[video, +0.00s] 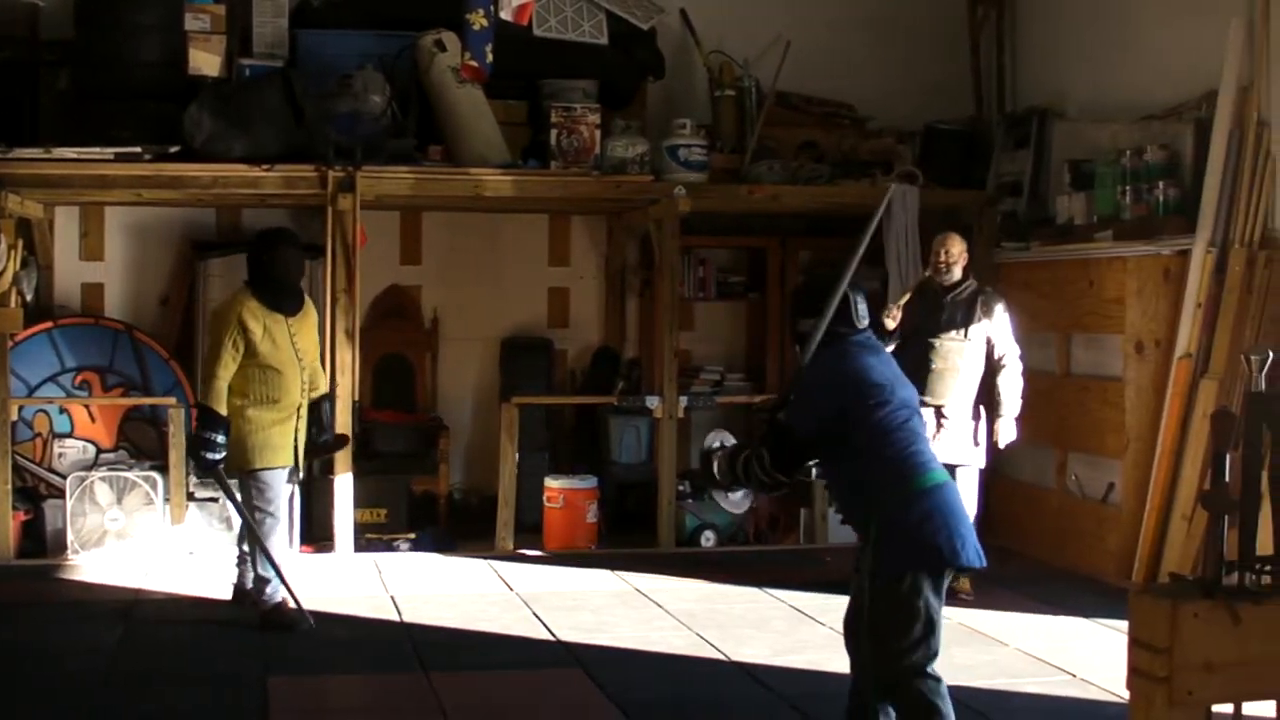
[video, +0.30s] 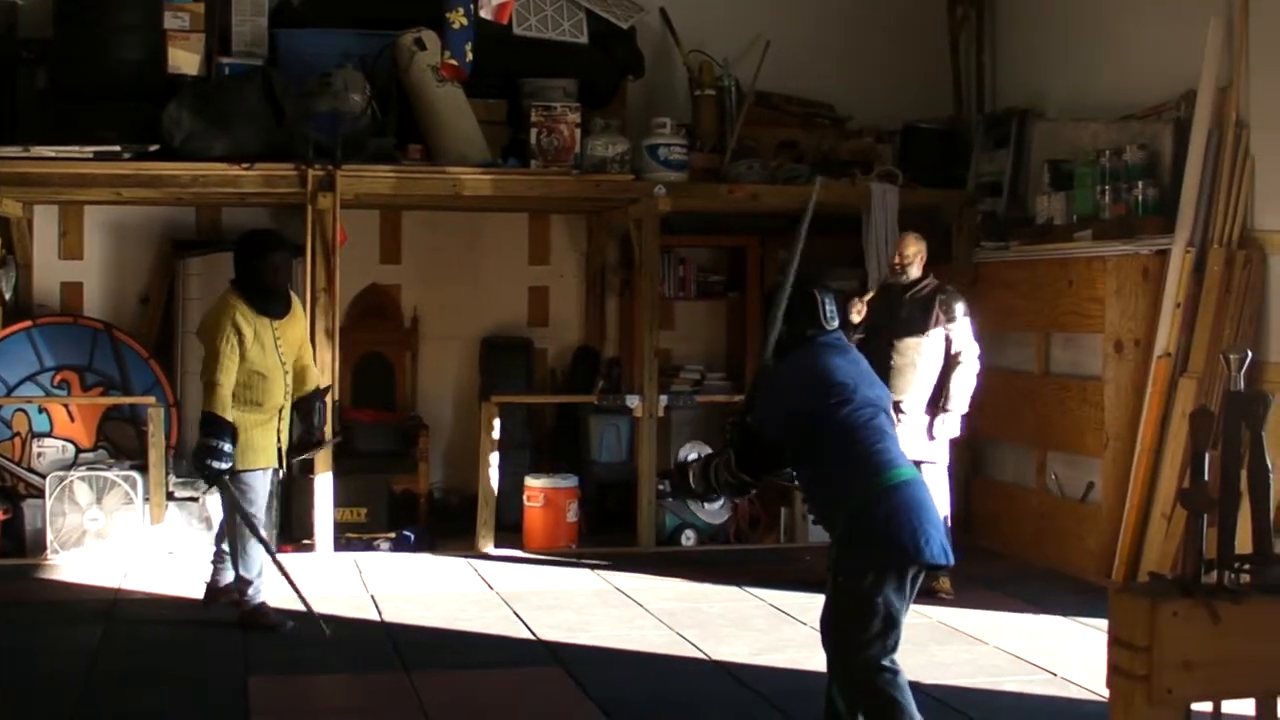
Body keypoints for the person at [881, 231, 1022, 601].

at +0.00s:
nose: (941, 260)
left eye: (949, 254)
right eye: (937, 253)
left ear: (965, 259)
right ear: (929, 258)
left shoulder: (987, 306)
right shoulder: (915, 300)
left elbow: (1008, 365)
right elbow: (879, 355)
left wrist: (1007, 416)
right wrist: (885, 330)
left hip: (965, 420)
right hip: (916, 416)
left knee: (963, 501)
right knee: (916, 493)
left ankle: (960, 572)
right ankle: (914, 568)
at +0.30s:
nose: (898, 262)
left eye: (906, 258)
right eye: (896, 256)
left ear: (923, 260)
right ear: (891, 256)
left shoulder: (944, 300)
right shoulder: (879, 298)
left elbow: (966, 360)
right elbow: (851, 353)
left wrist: (953, 413)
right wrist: (852, 325)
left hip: (926, 419)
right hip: (878, 413)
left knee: (932, 495)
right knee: (882, 491)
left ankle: (938, 569)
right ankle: (882, 570)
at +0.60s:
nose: (885, 265)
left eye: (893, 260)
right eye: (881, 259)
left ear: (911, 259)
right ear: (876, 259)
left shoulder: (934, 300)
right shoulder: (872, 297)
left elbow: (955, 358)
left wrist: (934, 410)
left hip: (917, 411)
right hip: (875, 407)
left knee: (921, 483)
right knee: (881, 483)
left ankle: (939, 564)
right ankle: (888, 561)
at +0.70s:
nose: (889, 263)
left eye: (896, 257)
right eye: (885, 256)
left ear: (913, 259)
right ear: (881, 256)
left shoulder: (933, 296)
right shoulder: (879, 292)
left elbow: (957, 354)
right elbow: (872, 344)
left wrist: (939, 409)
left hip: (927, 408)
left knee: (925, 473)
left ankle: (940, 537)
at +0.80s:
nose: (889, 262)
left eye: (896, 256)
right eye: (884, 255)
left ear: (913, 257)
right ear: (878, 257)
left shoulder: (935, 299)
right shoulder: (872, 296)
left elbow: (957, 357)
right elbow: (859, 350)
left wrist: (939, 408)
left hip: (923, 409)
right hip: (881, 405)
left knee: (922, 482)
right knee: (883, 479)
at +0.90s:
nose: (890, 261)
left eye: (897, 255)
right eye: (885, 254)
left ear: (913, 257)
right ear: (878, 256)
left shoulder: (934, 298)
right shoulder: (872, 295)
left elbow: (955, 355)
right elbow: (858, 347)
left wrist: (938, 406)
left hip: (922, 406)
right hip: (879, 403)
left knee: (923, 480)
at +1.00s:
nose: (891, 259)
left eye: (898, 254)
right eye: (886, 253)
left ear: (912, 257)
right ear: (878, 256)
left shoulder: (932, 297)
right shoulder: (872, 293)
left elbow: (954, 352)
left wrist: (935, 402)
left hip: (921, 400)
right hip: (879, 397)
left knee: (922, 466)